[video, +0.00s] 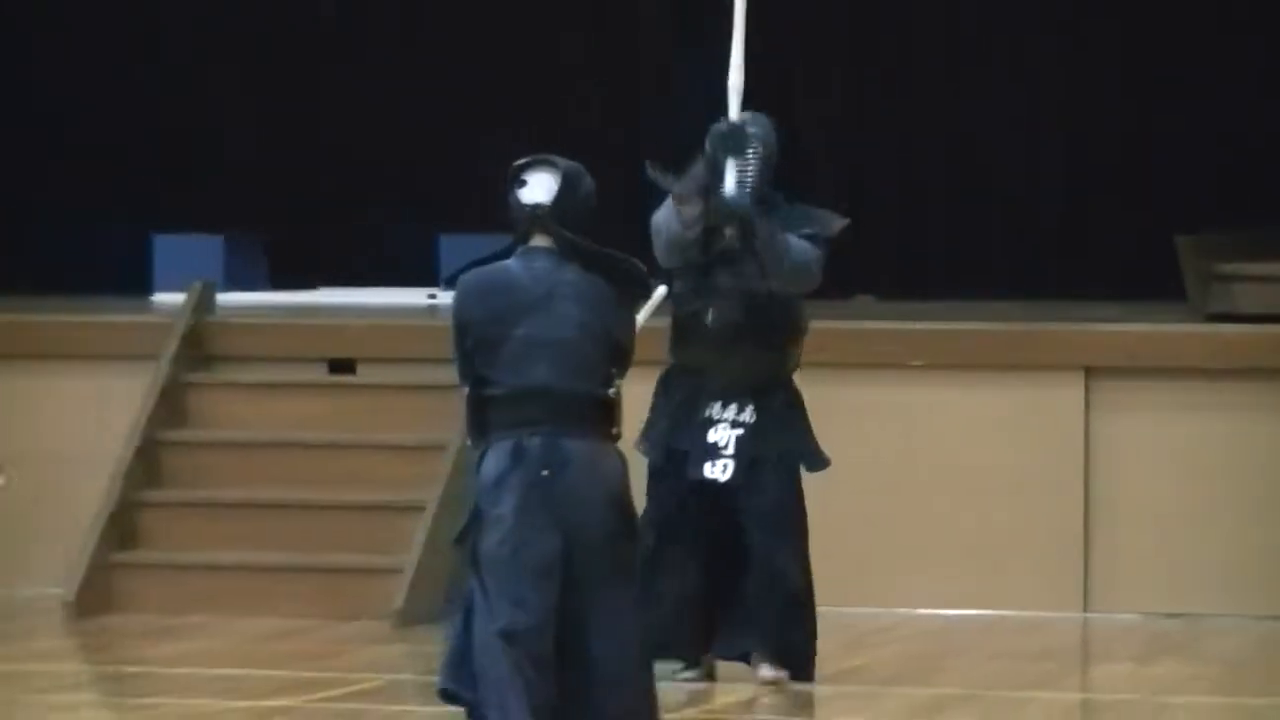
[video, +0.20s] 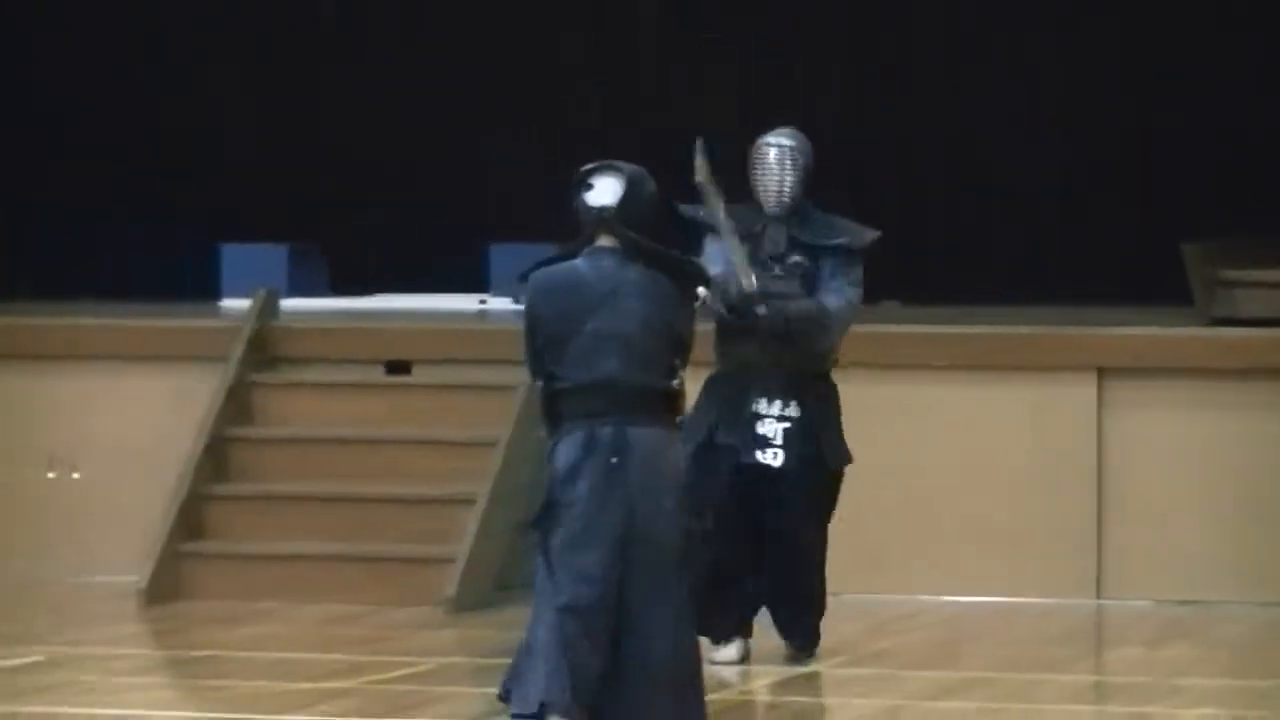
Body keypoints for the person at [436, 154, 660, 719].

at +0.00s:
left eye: (521, 206)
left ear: (517, 214)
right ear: (579, 218)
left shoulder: (476, 286)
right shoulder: (603, 292)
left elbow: (471, 372)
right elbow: (619, 361)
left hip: (509, 456)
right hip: (591, 456)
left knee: (512, 617)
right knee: (608, 611)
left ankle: (512, 710)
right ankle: (616, 709)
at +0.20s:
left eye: (582, 212)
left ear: (584, 217)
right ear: (644, 220)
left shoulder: (546, 283)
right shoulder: (669, 288)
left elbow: (540, 364)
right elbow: (675, 363)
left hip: (581, 435)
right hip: (657, 438)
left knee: (576, 572)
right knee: (656, 575)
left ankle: (556, 699)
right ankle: (656, 700)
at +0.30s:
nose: (628, 221)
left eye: (627, 212)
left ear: (625, 217)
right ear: (683, 220)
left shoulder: (589, 282)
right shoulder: (709, 284)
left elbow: (583, 359)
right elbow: (718, 352)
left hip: (622, 430)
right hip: (697, 431)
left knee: (619, 565)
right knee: (696, 570)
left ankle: (592, 694)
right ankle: (692, 699)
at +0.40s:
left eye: (666, 215)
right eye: (715, 216)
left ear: (662, 218)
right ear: (719, 219)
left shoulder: (629, 282)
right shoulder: (741, 280)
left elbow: (619, 355)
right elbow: (751, 349)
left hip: (659, 429)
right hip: (729, 430)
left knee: (660, 553)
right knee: (731, 556)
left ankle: (638, 687)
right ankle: (733, 693)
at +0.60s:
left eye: (676, 222)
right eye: (722, 225)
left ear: (671, 227)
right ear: (725, 228)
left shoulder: (638, 287)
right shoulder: (750, 287)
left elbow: (628, 359)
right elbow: (753, 352)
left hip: (668, 425)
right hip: (735, 425)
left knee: (673, 540)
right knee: (739, 540)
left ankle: (678, 667)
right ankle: (734, 670)